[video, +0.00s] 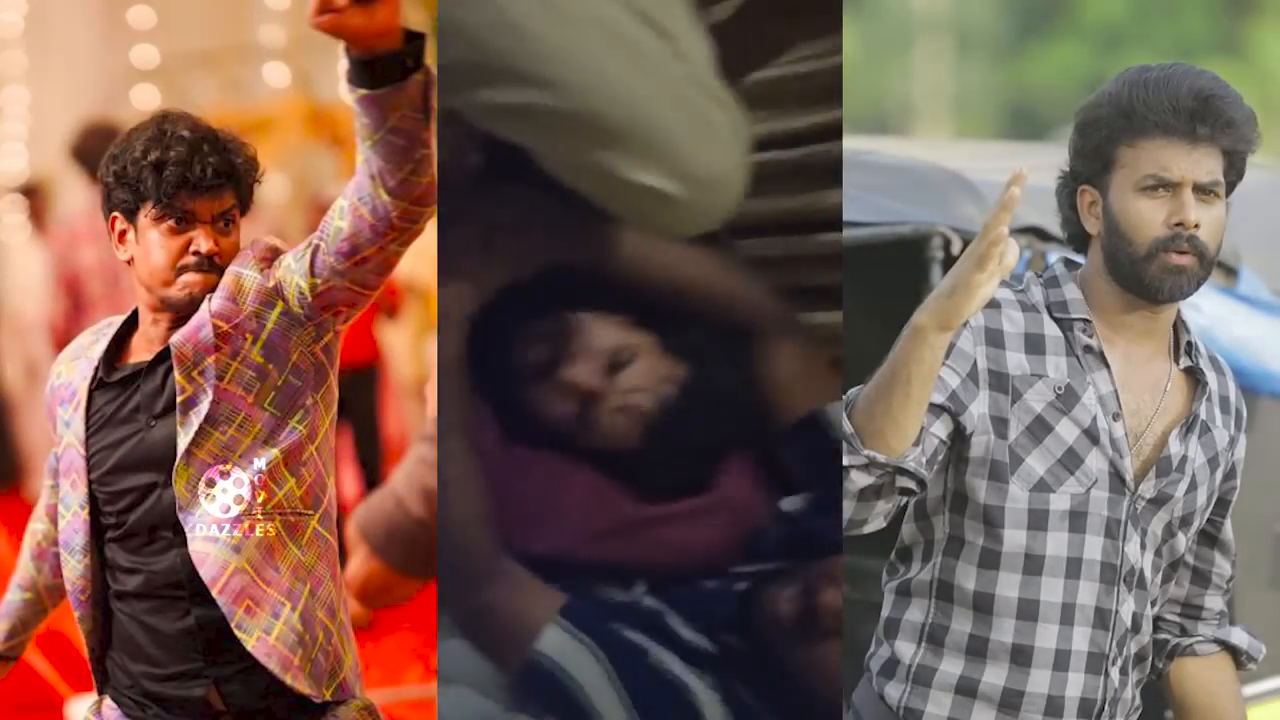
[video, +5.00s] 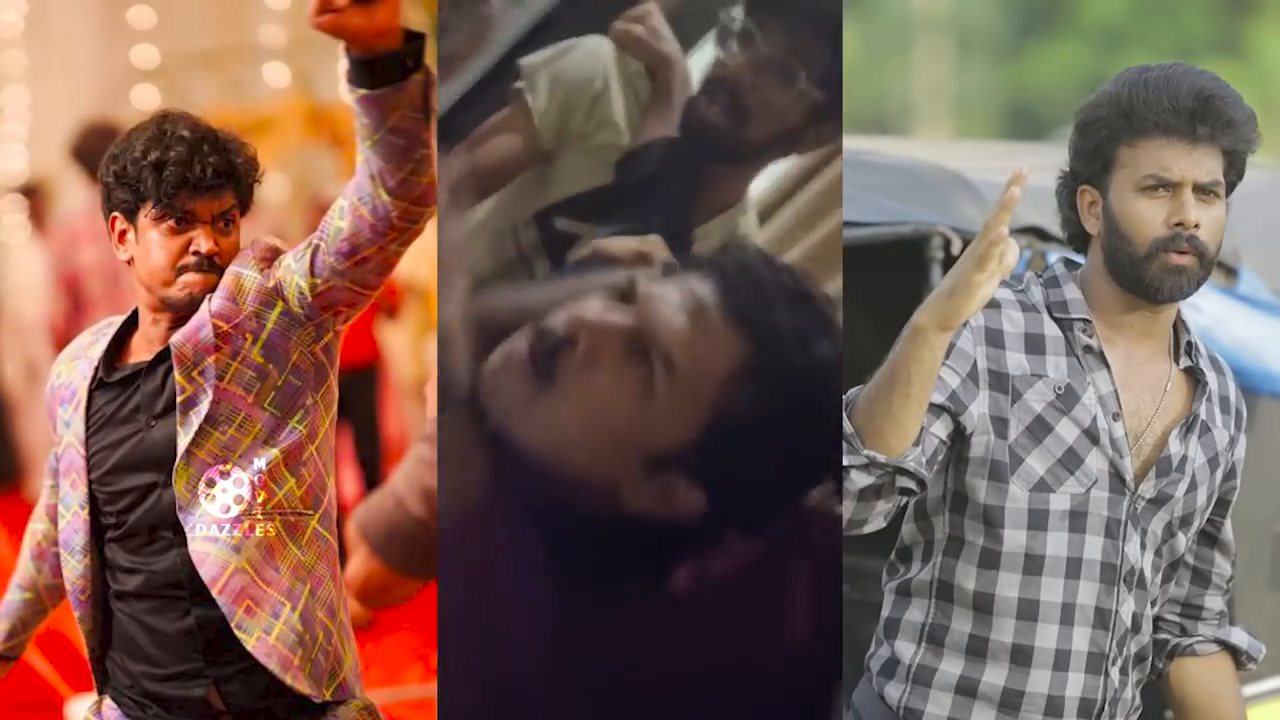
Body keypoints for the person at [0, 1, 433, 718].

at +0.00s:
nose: (206, 245)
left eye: (223, 222)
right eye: (179, 222)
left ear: (243, 230)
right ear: (122, 236)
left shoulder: (287, 312)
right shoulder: (76, 373)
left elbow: (394, 199)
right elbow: (56, 524)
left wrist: (380, 52)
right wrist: (7, 634)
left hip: (290, 700)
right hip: (140, 705)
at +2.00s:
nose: (206, 245)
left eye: (223, 222)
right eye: (179, 222)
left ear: (243, 230)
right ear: (122, 236)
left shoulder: (287, 312)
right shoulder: (76, 373)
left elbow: (394, 199)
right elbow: (56, 525)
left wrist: (380, 52)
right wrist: (7, 634)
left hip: (291, 700)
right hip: (140, 705)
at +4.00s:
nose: (206, 245)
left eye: (224, 223)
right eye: (179, 222)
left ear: (243, 230)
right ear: (123, 237)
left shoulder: (288, 312)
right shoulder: (76, 373)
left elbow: (394, 200)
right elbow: (56, 524)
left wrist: (381, 52)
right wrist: (8, 634)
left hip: (291, 700)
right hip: (140, 705)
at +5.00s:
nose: (206, 245)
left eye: (223, 222)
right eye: (179, 222)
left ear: (243, 229)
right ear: (123, 237)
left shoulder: (286, 312)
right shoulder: (75, 374)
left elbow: (393, 200)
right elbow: (56, 524)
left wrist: (380, 52)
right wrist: (7, 635)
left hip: (292, 702)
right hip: (140, 708)